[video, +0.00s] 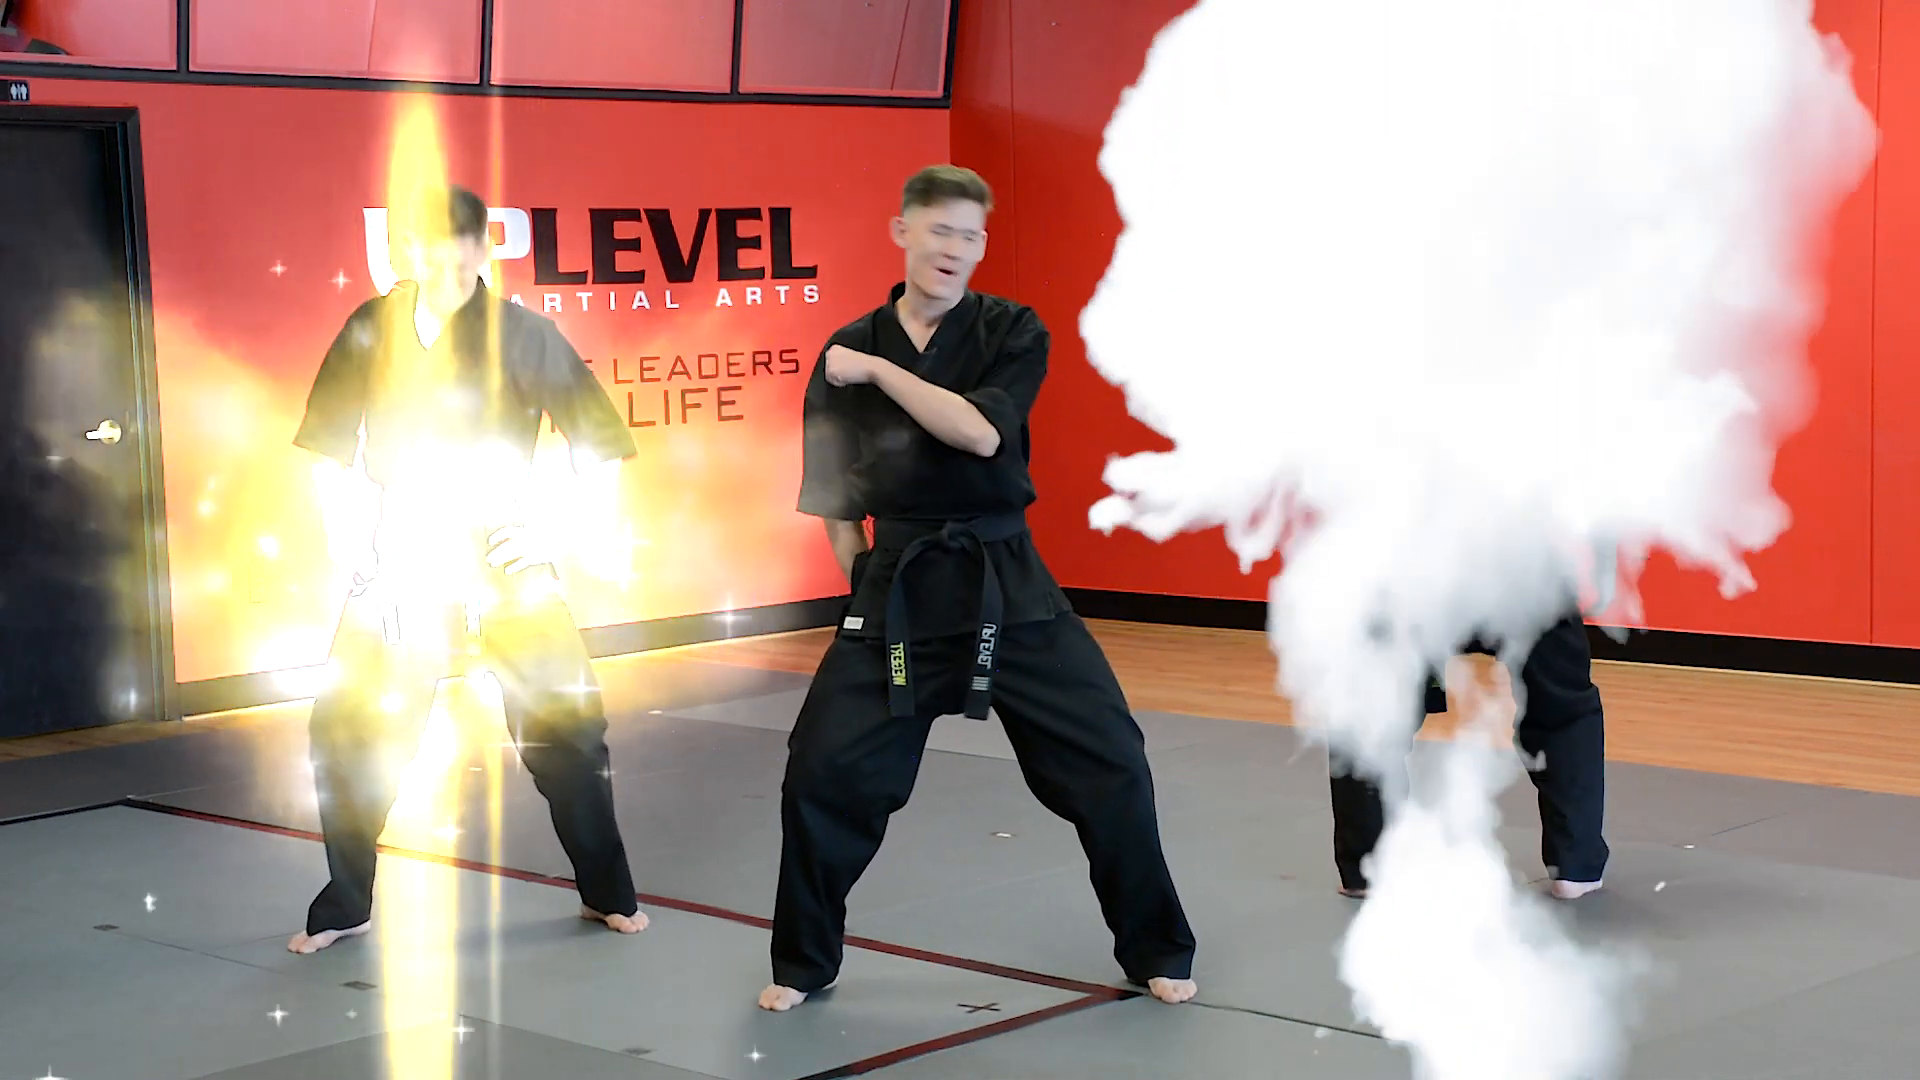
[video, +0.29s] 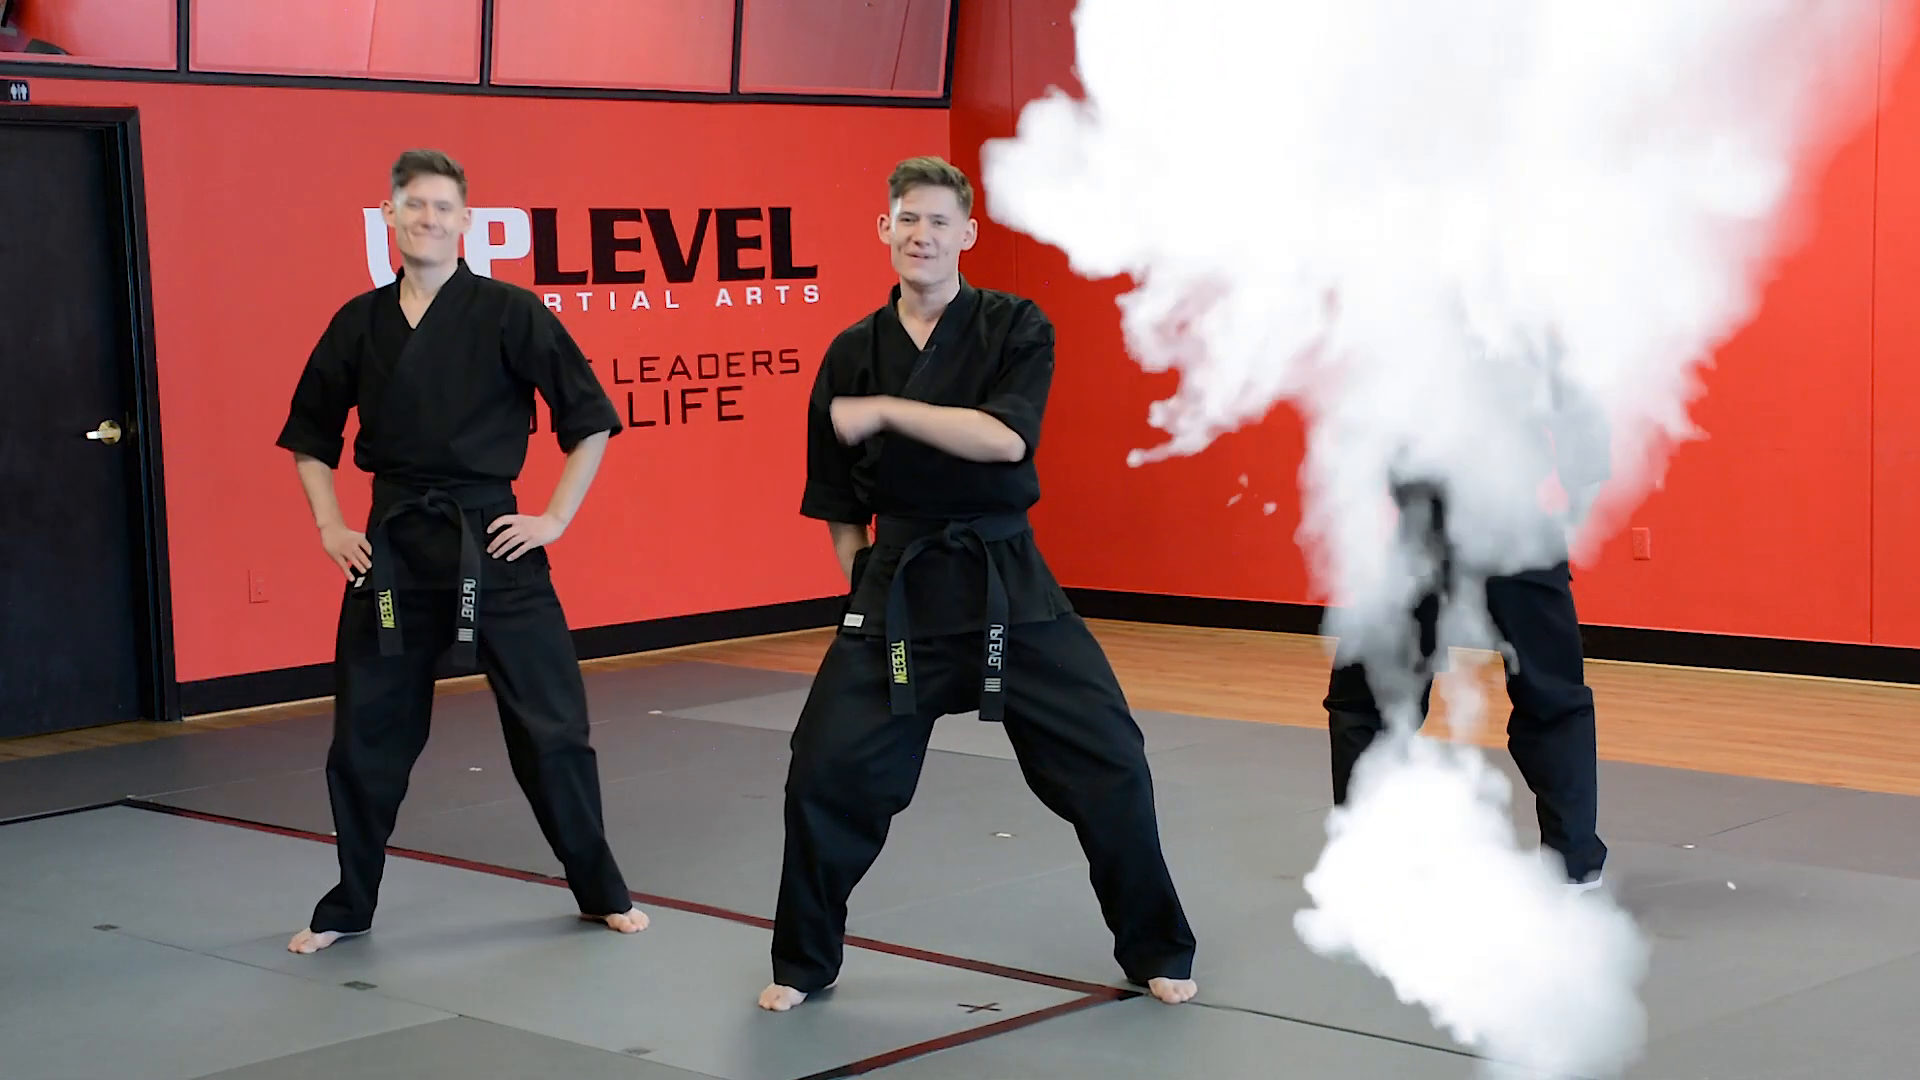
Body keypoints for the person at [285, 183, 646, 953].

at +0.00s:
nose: (422, 264)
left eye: (441, 246)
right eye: (412, 246)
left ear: (478, 248)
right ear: (398, 250)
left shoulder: (523, 337)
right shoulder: (367, 333)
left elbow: (602, 447)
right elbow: (326, 458)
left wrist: (554, 533)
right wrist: (349, 563)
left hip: (509, 564)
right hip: (400, 568)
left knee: (565, 719)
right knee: (345, 720)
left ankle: (608, 886)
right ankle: (347, 894)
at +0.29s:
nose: (427, 216)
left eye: (442, 206)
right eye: (414, 204)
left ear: (466, 222)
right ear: (390, 217)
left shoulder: (510, 313)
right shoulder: (358, 323)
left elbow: (593, 419)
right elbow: (308, 431)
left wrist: (553, 519)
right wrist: (329, 526)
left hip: (497, 545)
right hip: (394, 550)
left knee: (552, 727)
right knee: (366, 736)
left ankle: (600, 888)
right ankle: (350, 903)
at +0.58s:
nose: (413, 200)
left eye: (425, 193)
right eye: (396, 192)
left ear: (446, 222)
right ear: (369, 219)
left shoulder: (496, 309)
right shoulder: (344, 327)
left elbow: (579, 416)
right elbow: (293, 439)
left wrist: (544, 518)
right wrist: (318, 527)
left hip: (486, 542)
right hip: (385, 548)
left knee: (532, 727)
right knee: (366, 739)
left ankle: (593, 892)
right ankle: (350, 906)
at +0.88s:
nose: (400, 222)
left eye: (409, 209)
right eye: (383, 212)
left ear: (428, 220)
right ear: (355, 227)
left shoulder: (486, 311)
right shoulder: (336, 332)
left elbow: (572, 413)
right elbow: (283, 443)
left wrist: (541, 517)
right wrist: (314, 533)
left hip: (481, 540)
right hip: (381, 548)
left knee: (530, 725)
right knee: (365, 738)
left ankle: (592, 892)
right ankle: (351, 905)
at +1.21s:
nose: (395, 225)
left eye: (403, 211)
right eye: (377, 217)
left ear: (420, 220)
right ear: (346, 233)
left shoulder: (480, 310)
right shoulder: (333, 335)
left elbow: (567, 412)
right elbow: (283, 444)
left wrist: (538, 518)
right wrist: (311, 532)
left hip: (477, 540)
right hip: (378, 547)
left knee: (529, 726)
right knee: (361, 740)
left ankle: (592, 892)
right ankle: (351, 904)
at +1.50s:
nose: (387, 217)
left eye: (392, 204)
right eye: (366, 212)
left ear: (410, 218)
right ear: (337, 239)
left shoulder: (476, 309)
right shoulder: (331, 340)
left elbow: (564, 409)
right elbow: (281, 447)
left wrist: (538, 516)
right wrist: (311, 533)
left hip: (476, 538)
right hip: (378, 546)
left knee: (529, 725)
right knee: (362, 740)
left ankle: (592, 892)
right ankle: (352, 904)